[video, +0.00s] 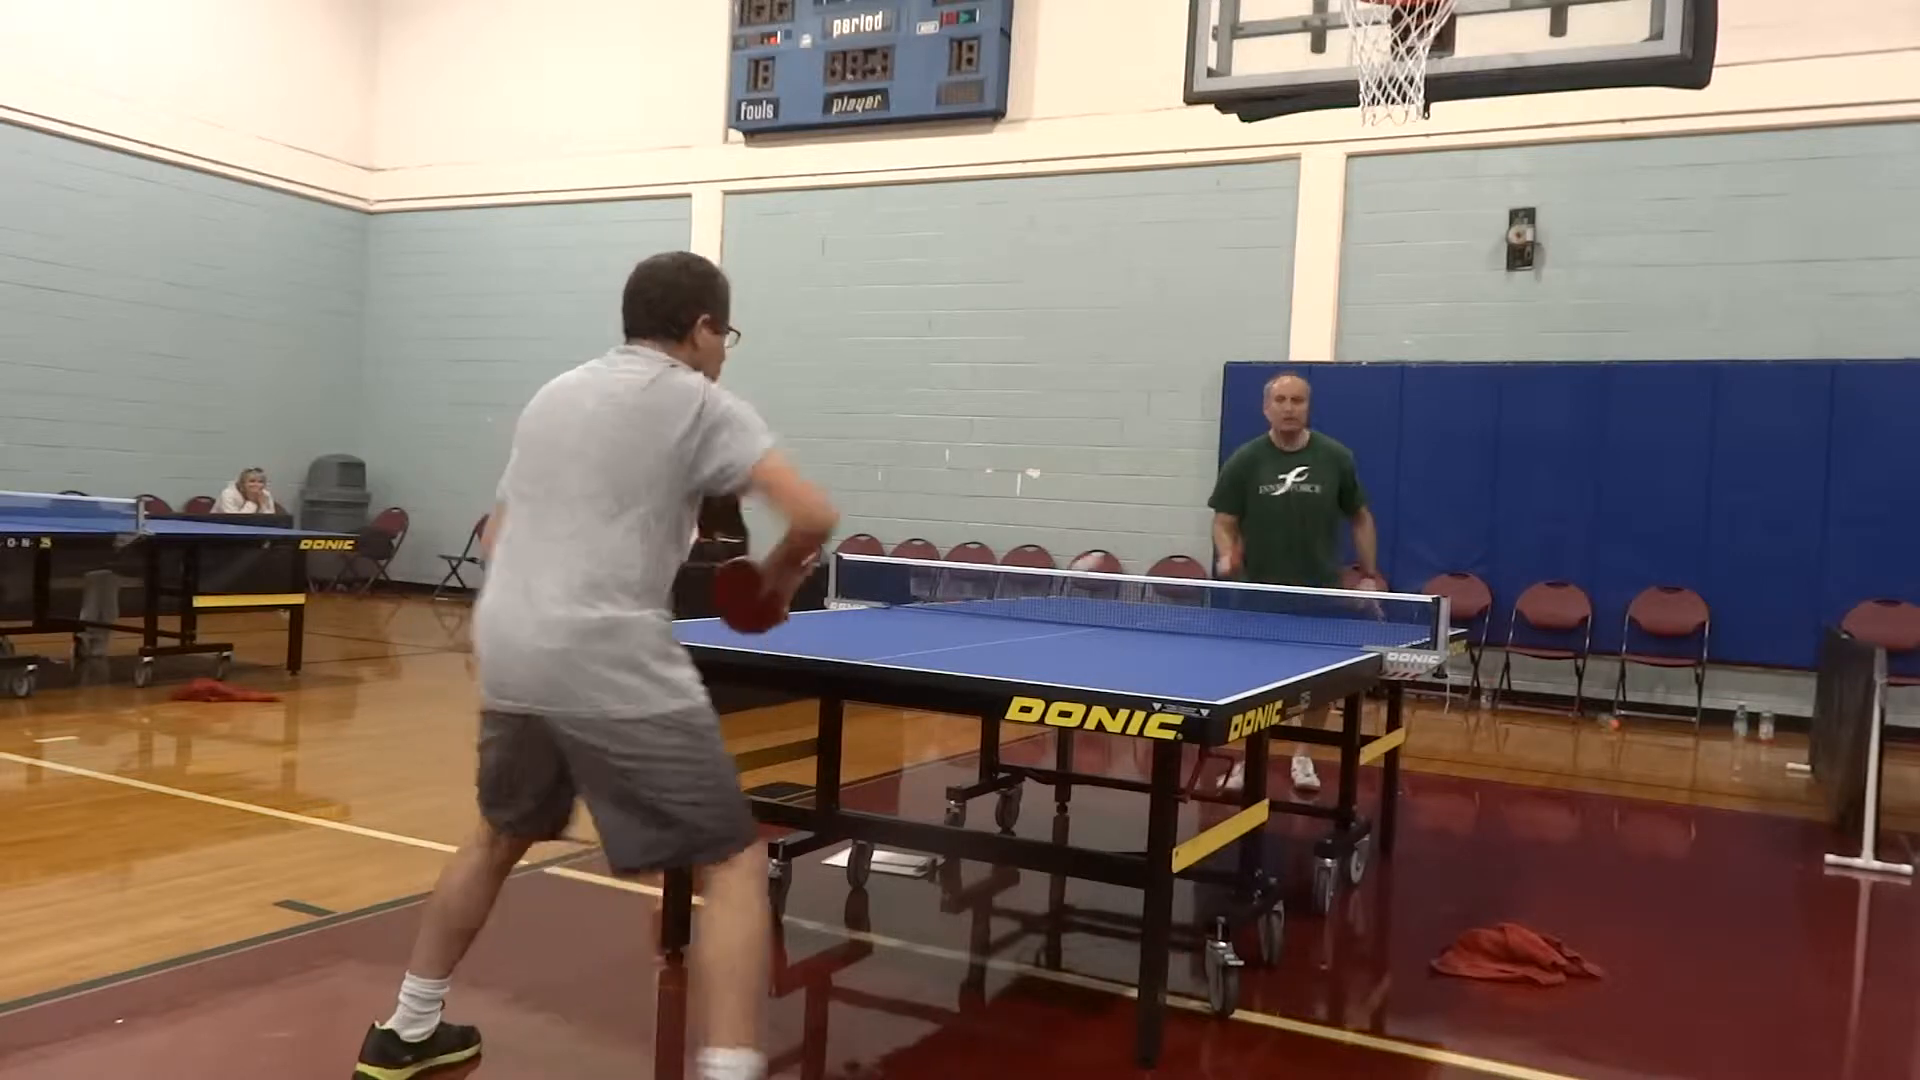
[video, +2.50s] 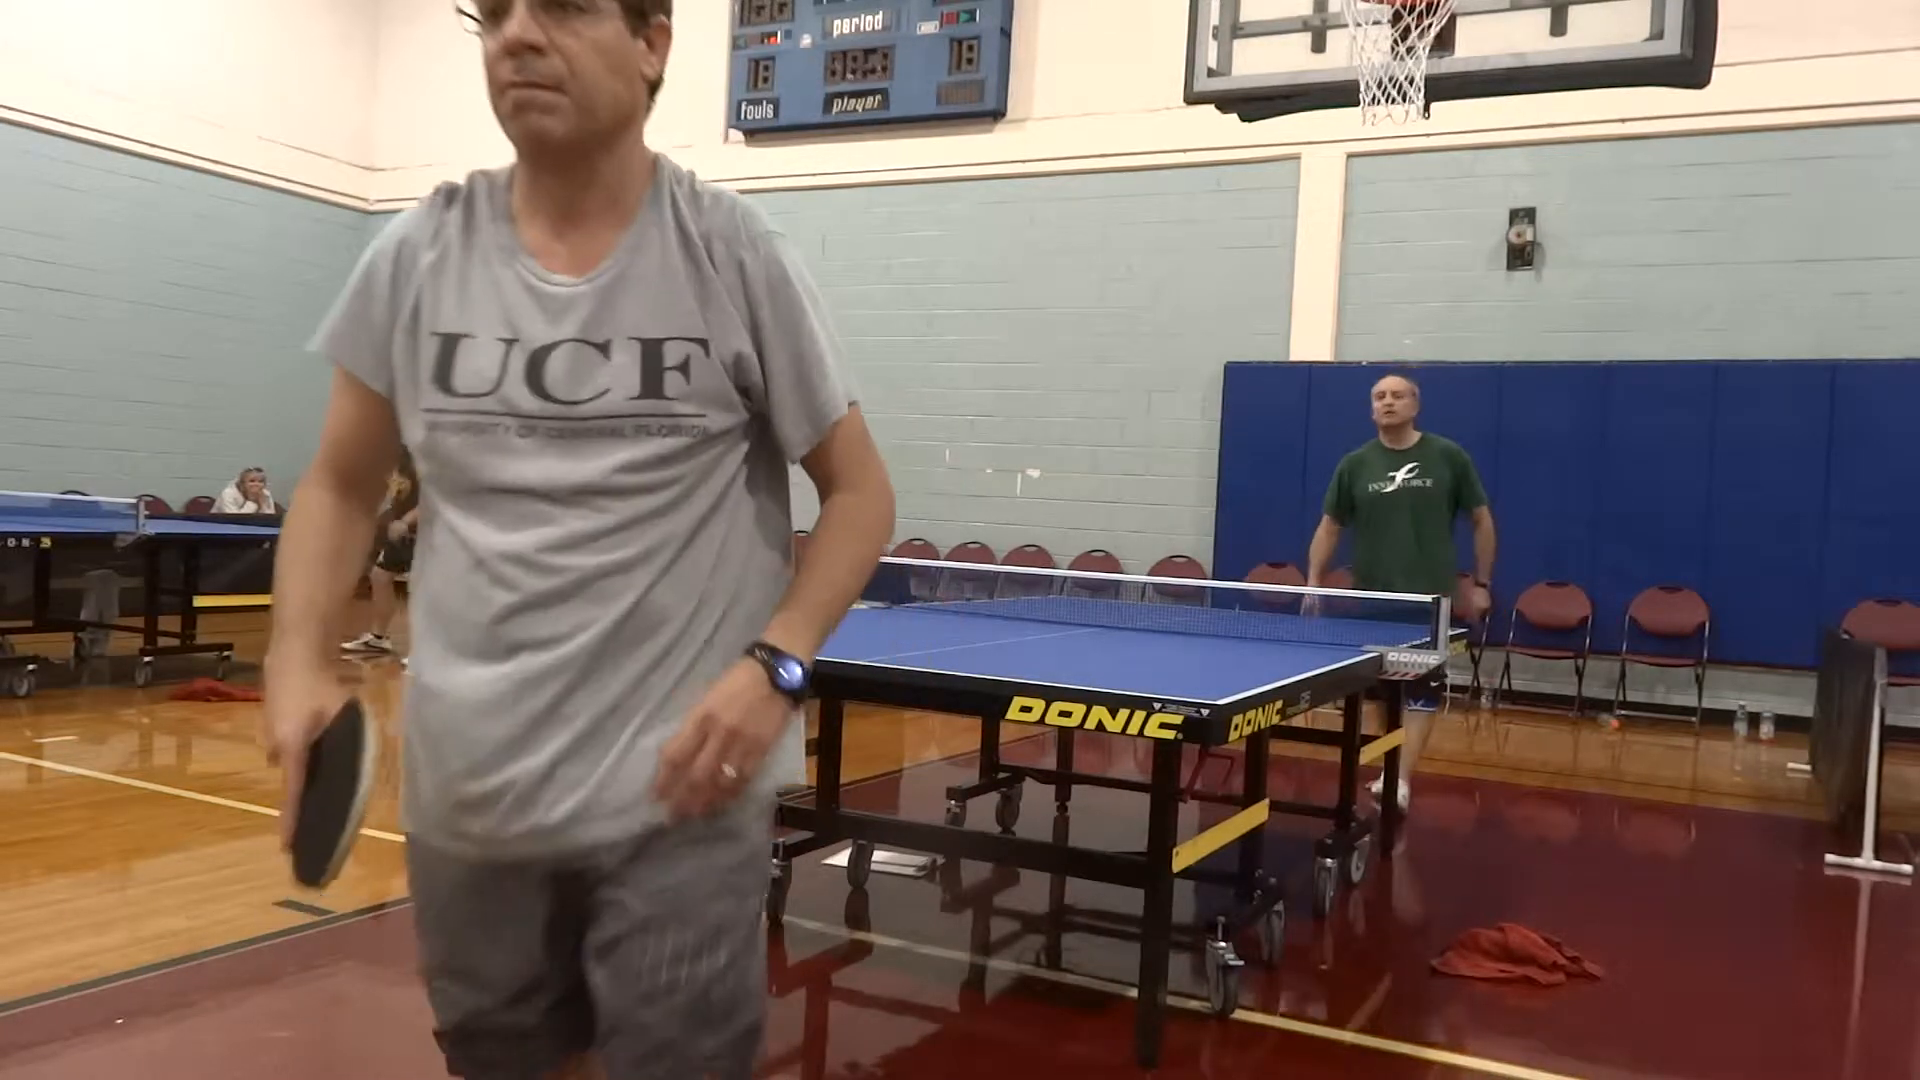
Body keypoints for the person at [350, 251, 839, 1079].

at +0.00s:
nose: (727, 349)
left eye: (729, 335)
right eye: (726, 334)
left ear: (632, 326)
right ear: (699, 329)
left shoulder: (553, 395)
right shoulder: (703, 400)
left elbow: (496, 536)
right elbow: (814, 514)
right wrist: (777, 573)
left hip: (506, 659)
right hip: (617, 668)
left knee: (496, 833)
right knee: (733, 862)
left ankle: (408, 1026)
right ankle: (730, 1070)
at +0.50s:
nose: (782, 263)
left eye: (777, 251)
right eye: (781, 251)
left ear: (678, 261)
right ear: (767, 259)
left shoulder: (620, 351)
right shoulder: (810, 351)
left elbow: (525, 490)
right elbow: (926, 425)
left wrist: (567, 551)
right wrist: (947, 474)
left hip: (620, 650)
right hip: (754, 664)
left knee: (561, 827)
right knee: (773, 889)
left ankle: (480, 1020)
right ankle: (759, 1078)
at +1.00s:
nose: (718, 318)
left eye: (716, 302)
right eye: (715, 302)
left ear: (617, 305)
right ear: (693, 306)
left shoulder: (545, 377)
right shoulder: (694, 399)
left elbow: (448, 509)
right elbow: (753, 570)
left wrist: (532, 565)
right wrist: (797, 586)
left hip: (485, 657)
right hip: (598, 671)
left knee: (453, 826)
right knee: (706, 868)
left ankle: (365, 1007)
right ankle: (674, 1070)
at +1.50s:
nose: (763, 288)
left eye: (776, 265)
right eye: (740, 264)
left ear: (789, 266)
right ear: (680, 264)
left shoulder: (689, 356)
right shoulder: (667, 362)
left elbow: (659, 527)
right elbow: (592, 517)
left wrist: (757, 588)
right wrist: (724, 582)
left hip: (583, 661)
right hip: (633, 683)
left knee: (566, 845)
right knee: (743, 893)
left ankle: (422, 1030)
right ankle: (722, 1076)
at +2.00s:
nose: (648, 166)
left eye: (673, 141)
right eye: (618, 146)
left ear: (719, 162)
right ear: (587, 175)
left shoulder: (761, 311)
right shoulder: (537, 322)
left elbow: (824, 456)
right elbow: (415, 511)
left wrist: (909, 567)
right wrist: (357, 703)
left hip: (708, 697)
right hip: (570, 707)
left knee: (638, 962)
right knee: (604, 979)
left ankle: (571, 1068)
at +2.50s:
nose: (518, 35)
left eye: (564, 9)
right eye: (497, 13)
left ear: (651, 50)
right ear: (476, 48)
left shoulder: (731, 250)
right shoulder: (417, 252)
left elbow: (862, 490)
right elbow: (343, 482)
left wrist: (773, 667)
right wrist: (294, 662)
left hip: (684, 796)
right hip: (467, 799)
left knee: (681, 1066)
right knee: (494, 1064)